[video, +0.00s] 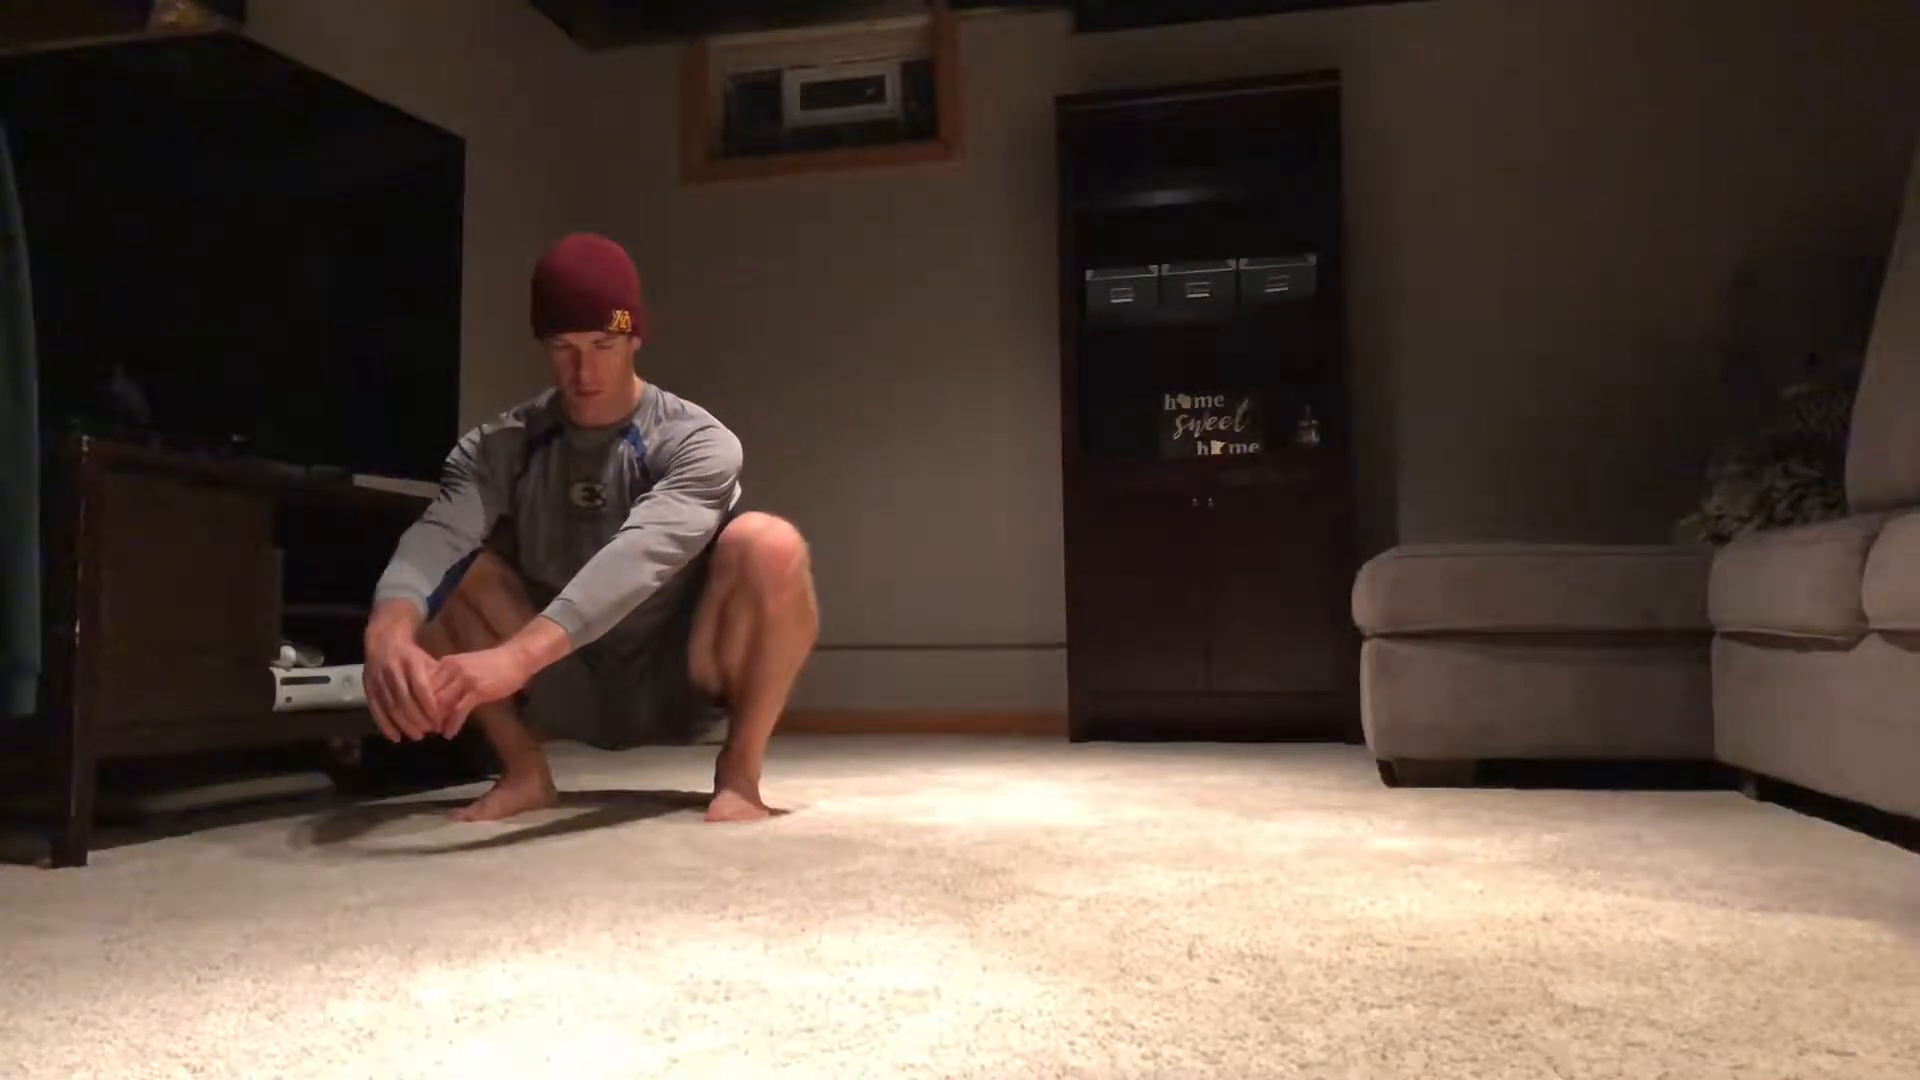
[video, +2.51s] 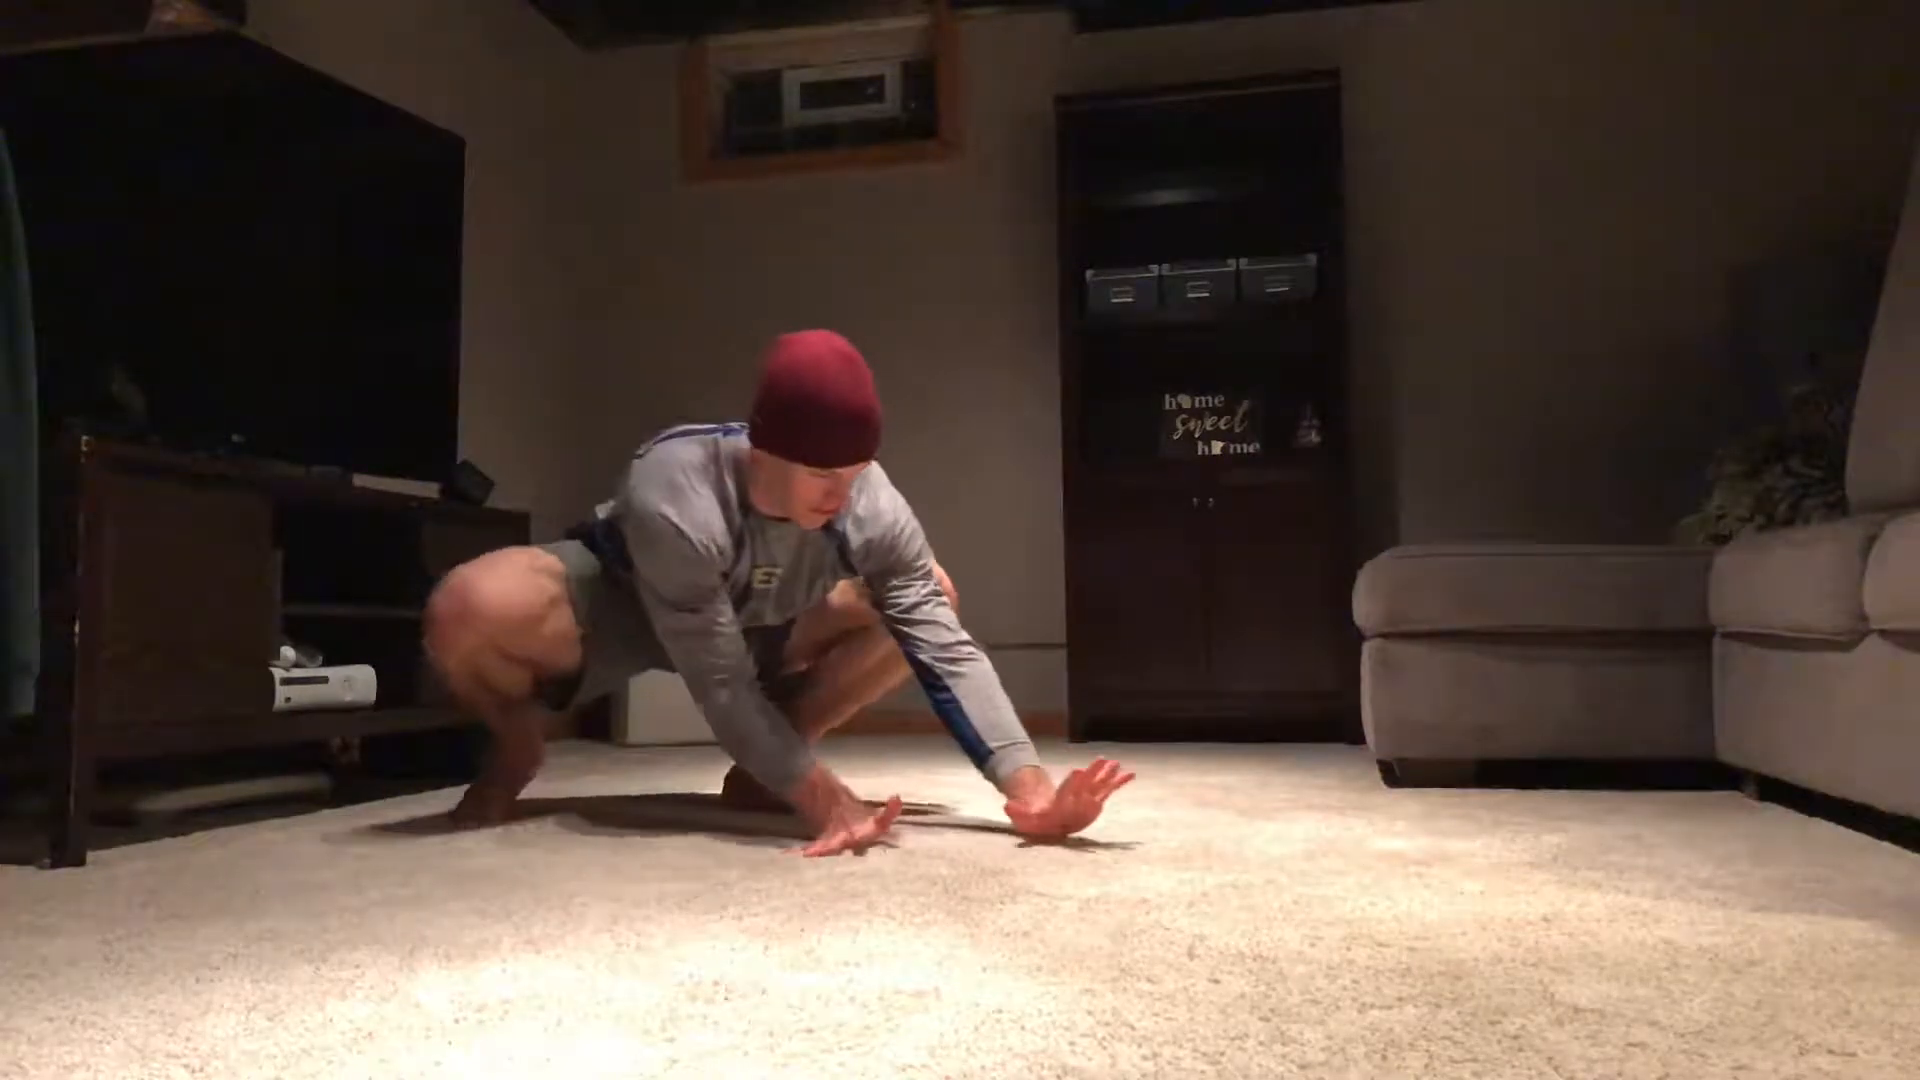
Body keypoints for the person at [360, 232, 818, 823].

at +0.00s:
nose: (583, 371)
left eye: (603, 346)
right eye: (565, 348)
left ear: (635, 338)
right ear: (544, 346)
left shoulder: (701, 446)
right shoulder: (498, 448)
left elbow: (635, 563)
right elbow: (435, 539)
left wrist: (513, 659)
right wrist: (387, 632)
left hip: (677, 683)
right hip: (566, 687)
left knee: (770, 543)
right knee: (448, 570)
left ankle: (742, 776)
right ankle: (522, 772)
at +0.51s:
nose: (627, 373)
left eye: (638, 349)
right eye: (603, 351)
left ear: (651, 341)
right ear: (554, 350)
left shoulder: (694, 450)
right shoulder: (487, 449)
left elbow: (636, 570)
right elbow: (430, 543)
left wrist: (522, 675)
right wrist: (396, 643)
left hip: (677, 673)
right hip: (569, 685)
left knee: (776, 537)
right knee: (445, 573)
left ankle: (746, 766)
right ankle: (523, 774)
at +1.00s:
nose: (629, 381)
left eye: (639, 360)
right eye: (608, 362)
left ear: (650, 356)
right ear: (554, 358)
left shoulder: (683, 461)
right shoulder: (467, 458)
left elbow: (638, 596)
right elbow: (429, 571)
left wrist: (554, 721)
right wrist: (430, 690)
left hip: (657, 665)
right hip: (537, 668)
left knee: (796, 533)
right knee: (391, 582)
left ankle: (752, 767)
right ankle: (518, 777)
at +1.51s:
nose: (650, 410)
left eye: (664, 390)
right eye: (630, 391)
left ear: (676, 383)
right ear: (578, 384)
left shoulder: (702, 484)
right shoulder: (487, 471)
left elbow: (687, 625)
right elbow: (473, 608)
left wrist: (647, 745)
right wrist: (537, 743)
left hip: (659, 676)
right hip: (549, 678)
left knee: (805, 531)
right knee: (399, 583)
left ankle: (755, 768)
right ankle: (530, 772)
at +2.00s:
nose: (720, 449)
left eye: (733, 430)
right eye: (701, 431)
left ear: (744, 418)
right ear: (645, 415)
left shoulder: (751, 492)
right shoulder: (557, 491)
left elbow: (814, 628)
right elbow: (623, 651)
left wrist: (871, 757)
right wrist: (739, 762)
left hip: (690, 656)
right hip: (577, 664)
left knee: (838, 538)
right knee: (428, 595)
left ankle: (771, 762)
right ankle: (525, 772)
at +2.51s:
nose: (845, 488)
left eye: (854, 467)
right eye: (825, 469)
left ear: (864, 454)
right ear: (764, 451)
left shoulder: (871, 505)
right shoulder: (674, 496)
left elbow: (941, 645)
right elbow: (721, 677)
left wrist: (1030, 790)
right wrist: (824, 803)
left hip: (757, 623)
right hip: (627, 600)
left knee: (917, 614)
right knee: (467, 611)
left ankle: (761, 772)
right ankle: (516, 743)